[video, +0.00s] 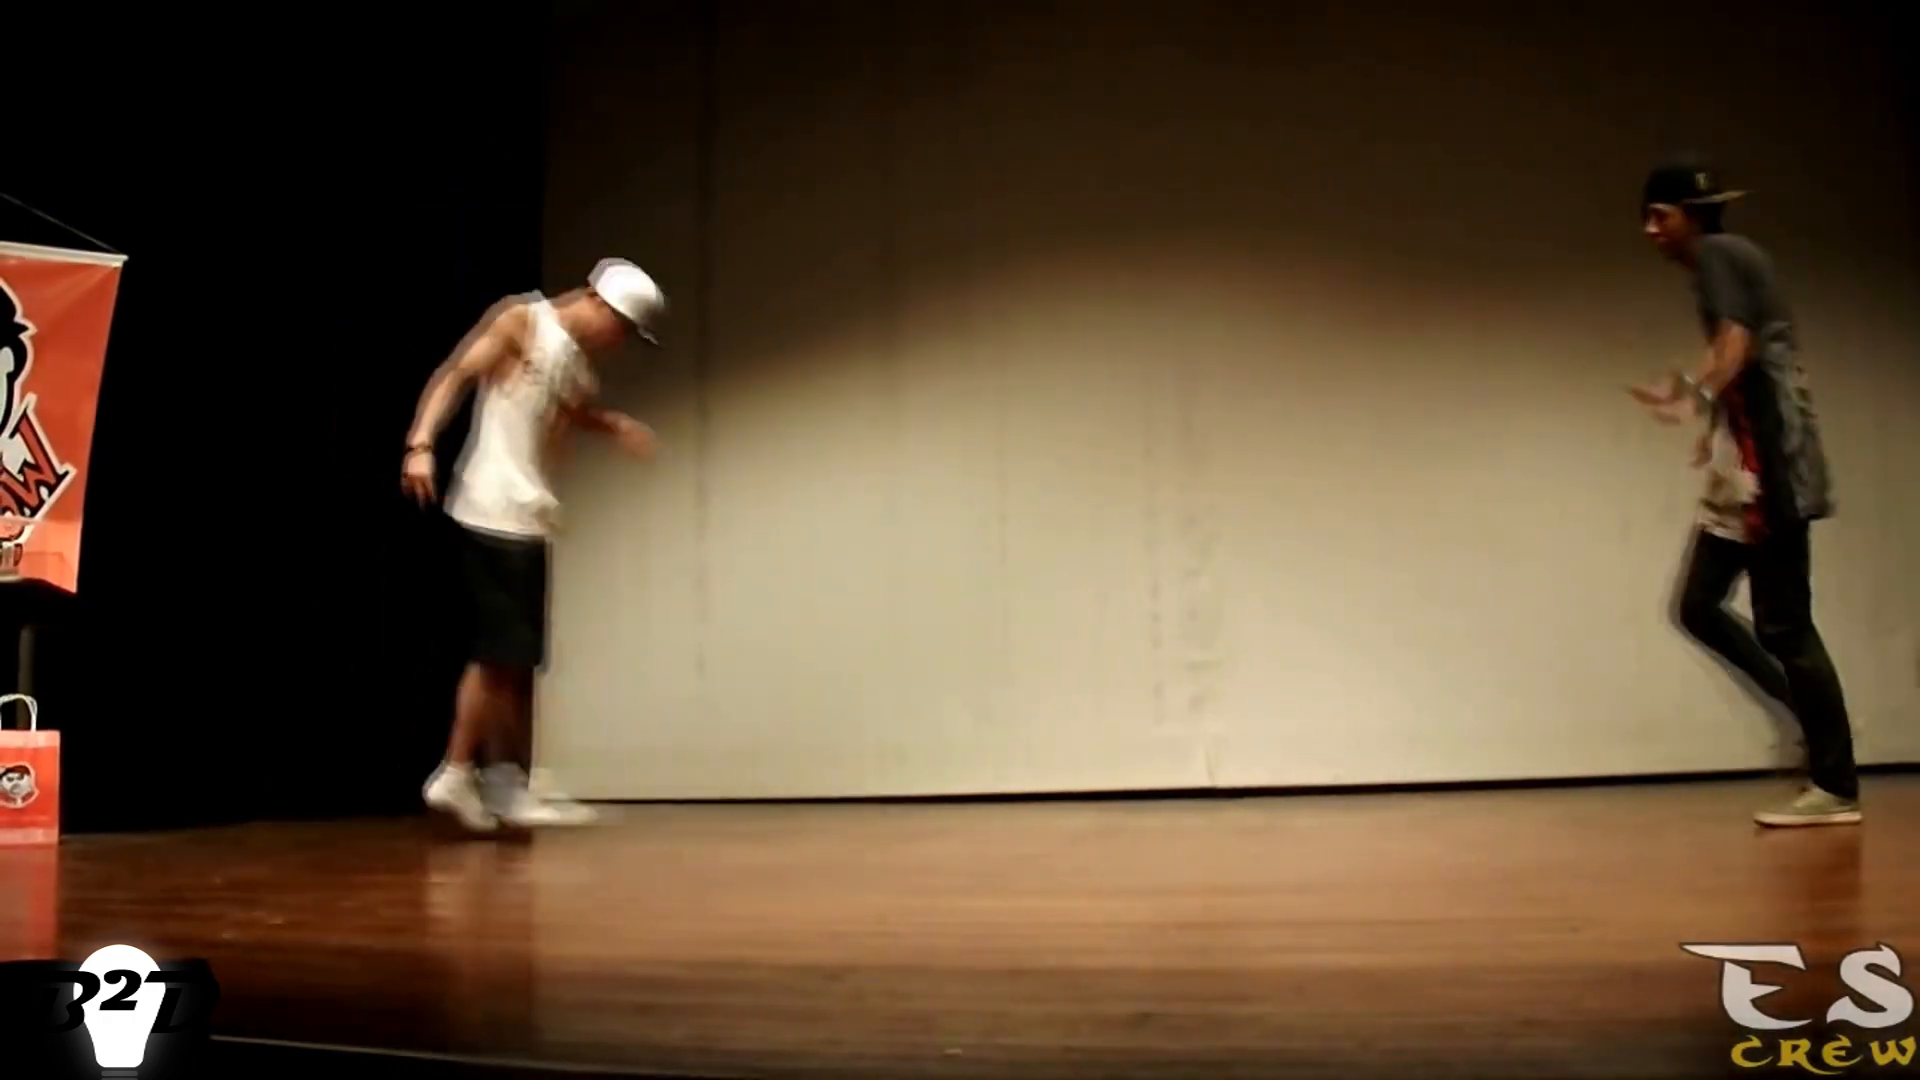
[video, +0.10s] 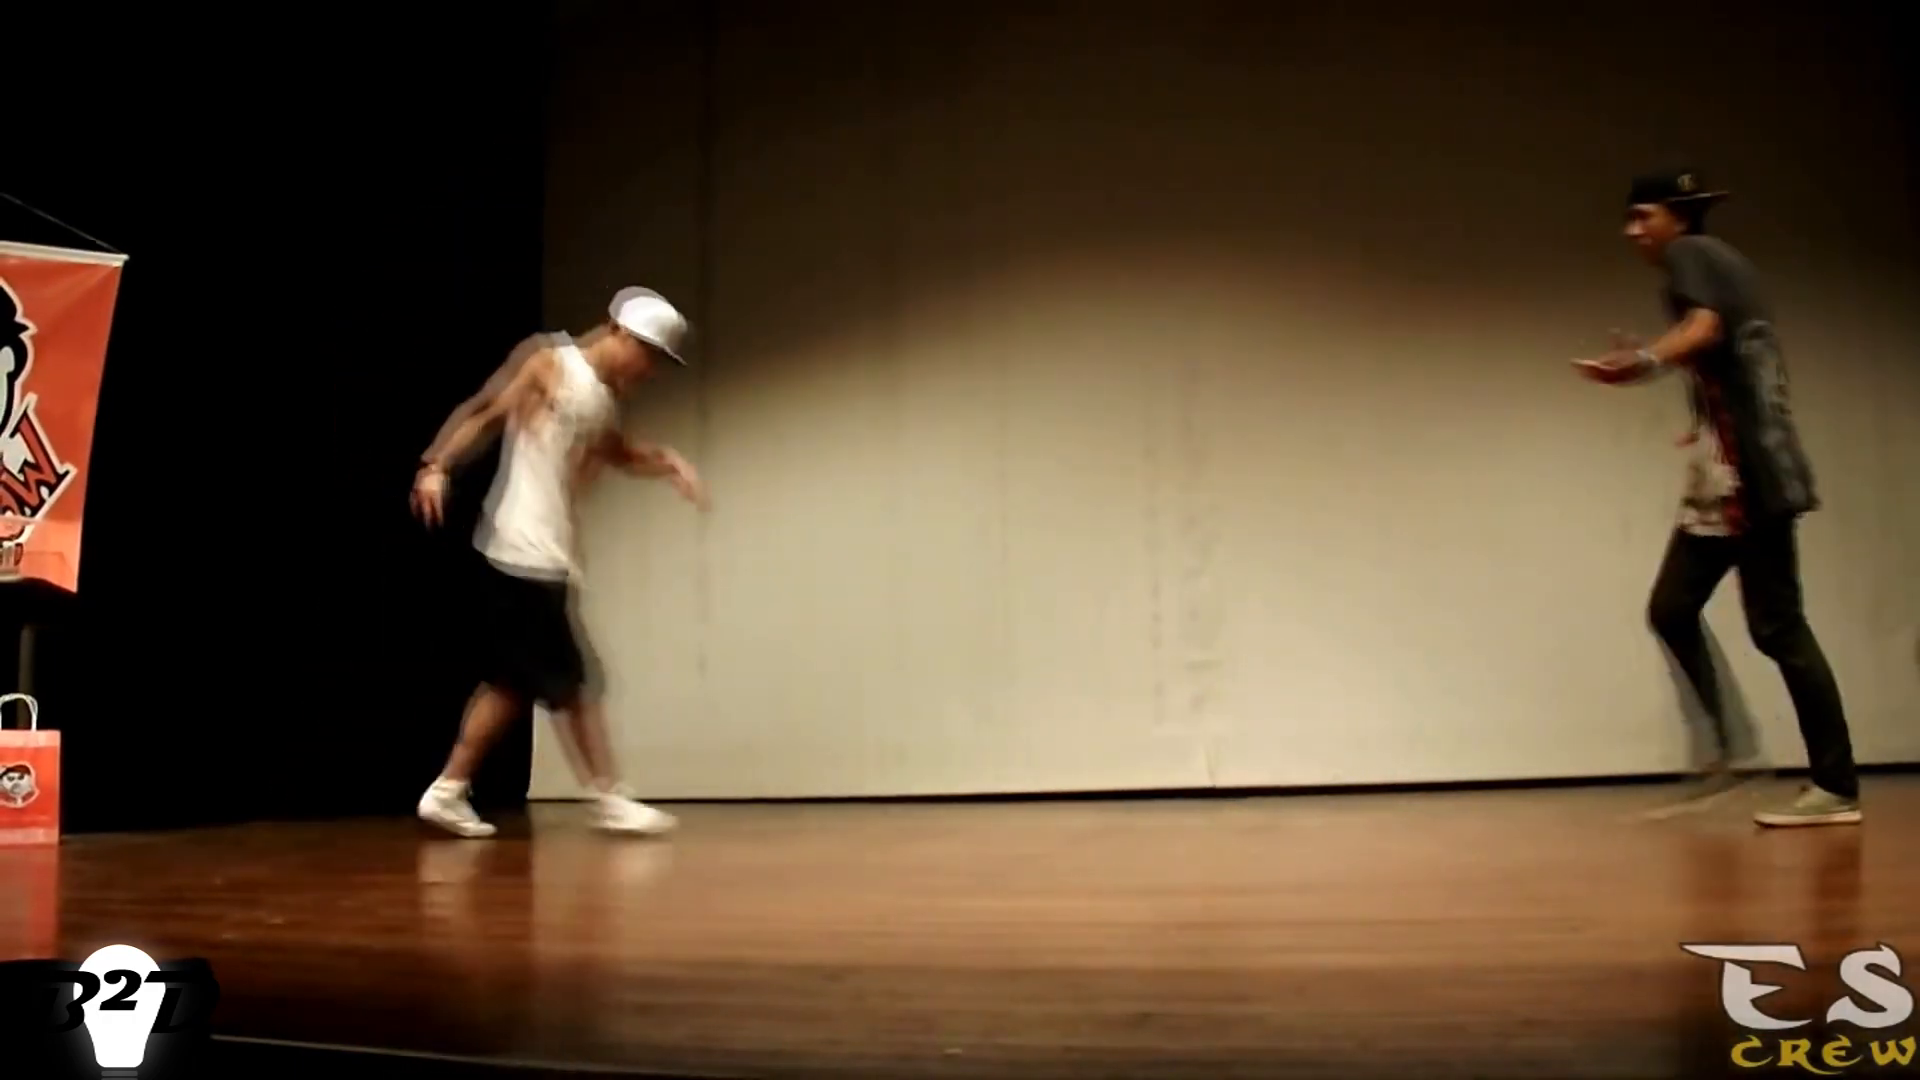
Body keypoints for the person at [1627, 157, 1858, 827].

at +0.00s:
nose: (1652, 233)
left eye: (1658, 218)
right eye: (1649, 220)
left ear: (1688, 215)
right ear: (1693, 217)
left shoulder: (1719, 255)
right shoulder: (1724, 260)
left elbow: (1735, 344)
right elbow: (1745, 357)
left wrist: (1691, 396)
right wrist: (1689, 396)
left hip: (1772, 483)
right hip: (1748, 483)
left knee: (1786, 630)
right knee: (1697, 608)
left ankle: (1837, 787)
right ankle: (1811, 720)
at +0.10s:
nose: (1633, 230)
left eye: (1642, 217)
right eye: (1631, 219)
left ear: (1675, 216)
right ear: (1677, 219)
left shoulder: (1691, 255)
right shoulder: (1718, 263)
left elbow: (1706, 324)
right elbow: (1738, 372)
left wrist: (1639, 359)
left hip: (1746, 487)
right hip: (1739, 488)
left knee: (1780, 630)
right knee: (1669, 613)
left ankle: (1836, 786)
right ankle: (1730, 750)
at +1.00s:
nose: (1421, 263)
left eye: (1430, 248)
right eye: (1417, 252)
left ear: (1466, 247)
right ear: (1438, 256)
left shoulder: (1503, 302)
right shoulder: (1479, 311)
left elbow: (1503, 410)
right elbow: (1483, 423)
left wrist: (1486, 508)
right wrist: (1455, 510)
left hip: (1518, 504)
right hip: (1509, 506)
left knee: (1483, 641)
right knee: (1505, 638)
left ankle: (1469, 799)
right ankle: (1603, 771)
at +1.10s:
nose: (1403, 264)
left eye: (1412, 250)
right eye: (1399, 253)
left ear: (1447, 246)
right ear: (1418, 255)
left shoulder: (1484, 300)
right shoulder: (1456, 310)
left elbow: (1489, 411)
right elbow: (1463, 424)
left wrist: (1478, 512)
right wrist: (1445, 512)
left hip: (1492, 506)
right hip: (1468, 507)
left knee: (1481, 644)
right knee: (1448, 637)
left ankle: (1471, 797)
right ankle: (1562, 743)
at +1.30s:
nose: (1381, 253)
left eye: (1390, 239)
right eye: (1375, 243)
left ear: (1426, 240)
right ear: (1380, 252)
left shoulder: (1465, 295)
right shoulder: (1419, 315)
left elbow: (1480, 403)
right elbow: (1424, 425)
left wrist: (1455, 505)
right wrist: (1406, 513)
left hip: (1473, 510)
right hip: (1435, 513)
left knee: (1469, 644)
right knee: (1413, 635)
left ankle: (1472, 796)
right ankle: (1469, 768)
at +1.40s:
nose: (1370, 249)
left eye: (1381, 234)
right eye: (1364, 239)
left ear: (1414, 237)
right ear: (1366, 251)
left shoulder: (1454, 294)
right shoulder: (1394, 318)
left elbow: (1470, 400)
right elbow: (1397, 425)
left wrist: (1446, 499)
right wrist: (1382, 512)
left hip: (1461, 503)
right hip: (1416, 508)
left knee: (1462, 644)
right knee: (1410, 644)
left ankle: (1472, 794)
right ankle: (1399, 787)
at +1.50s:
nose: (1359, 247)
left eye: (1370, 233)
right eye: (1352, 238)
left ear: (1402, 237)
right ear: (1352, 248)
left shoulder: (1441, 293)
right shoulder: (1372, 321)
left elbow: (1464, 393)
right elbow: (1375, 425)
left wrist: (1441, 491)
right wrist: (1359, 519)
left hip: (1451, 502)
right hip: (1398, 506)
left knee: (1451, 641)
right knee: (1391, 641)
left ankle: (1471, 794)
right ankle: (1375, 790)